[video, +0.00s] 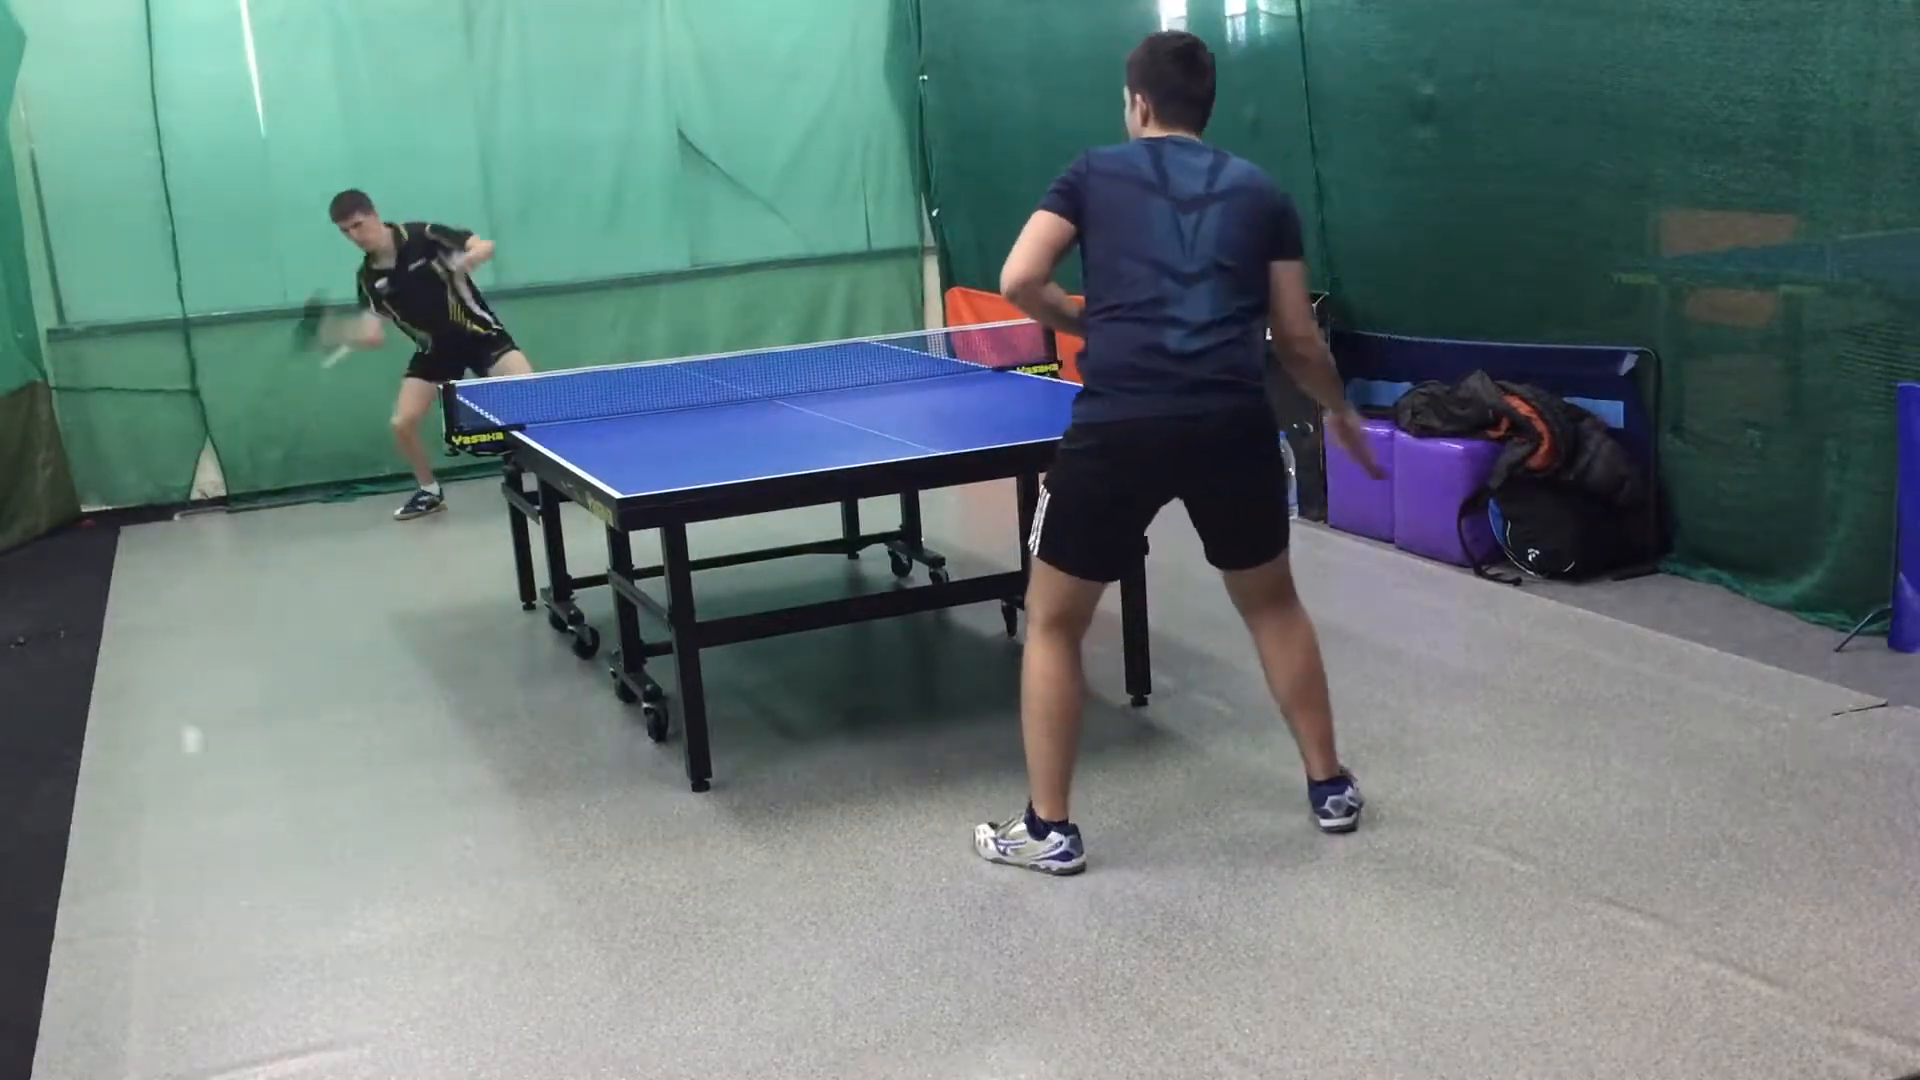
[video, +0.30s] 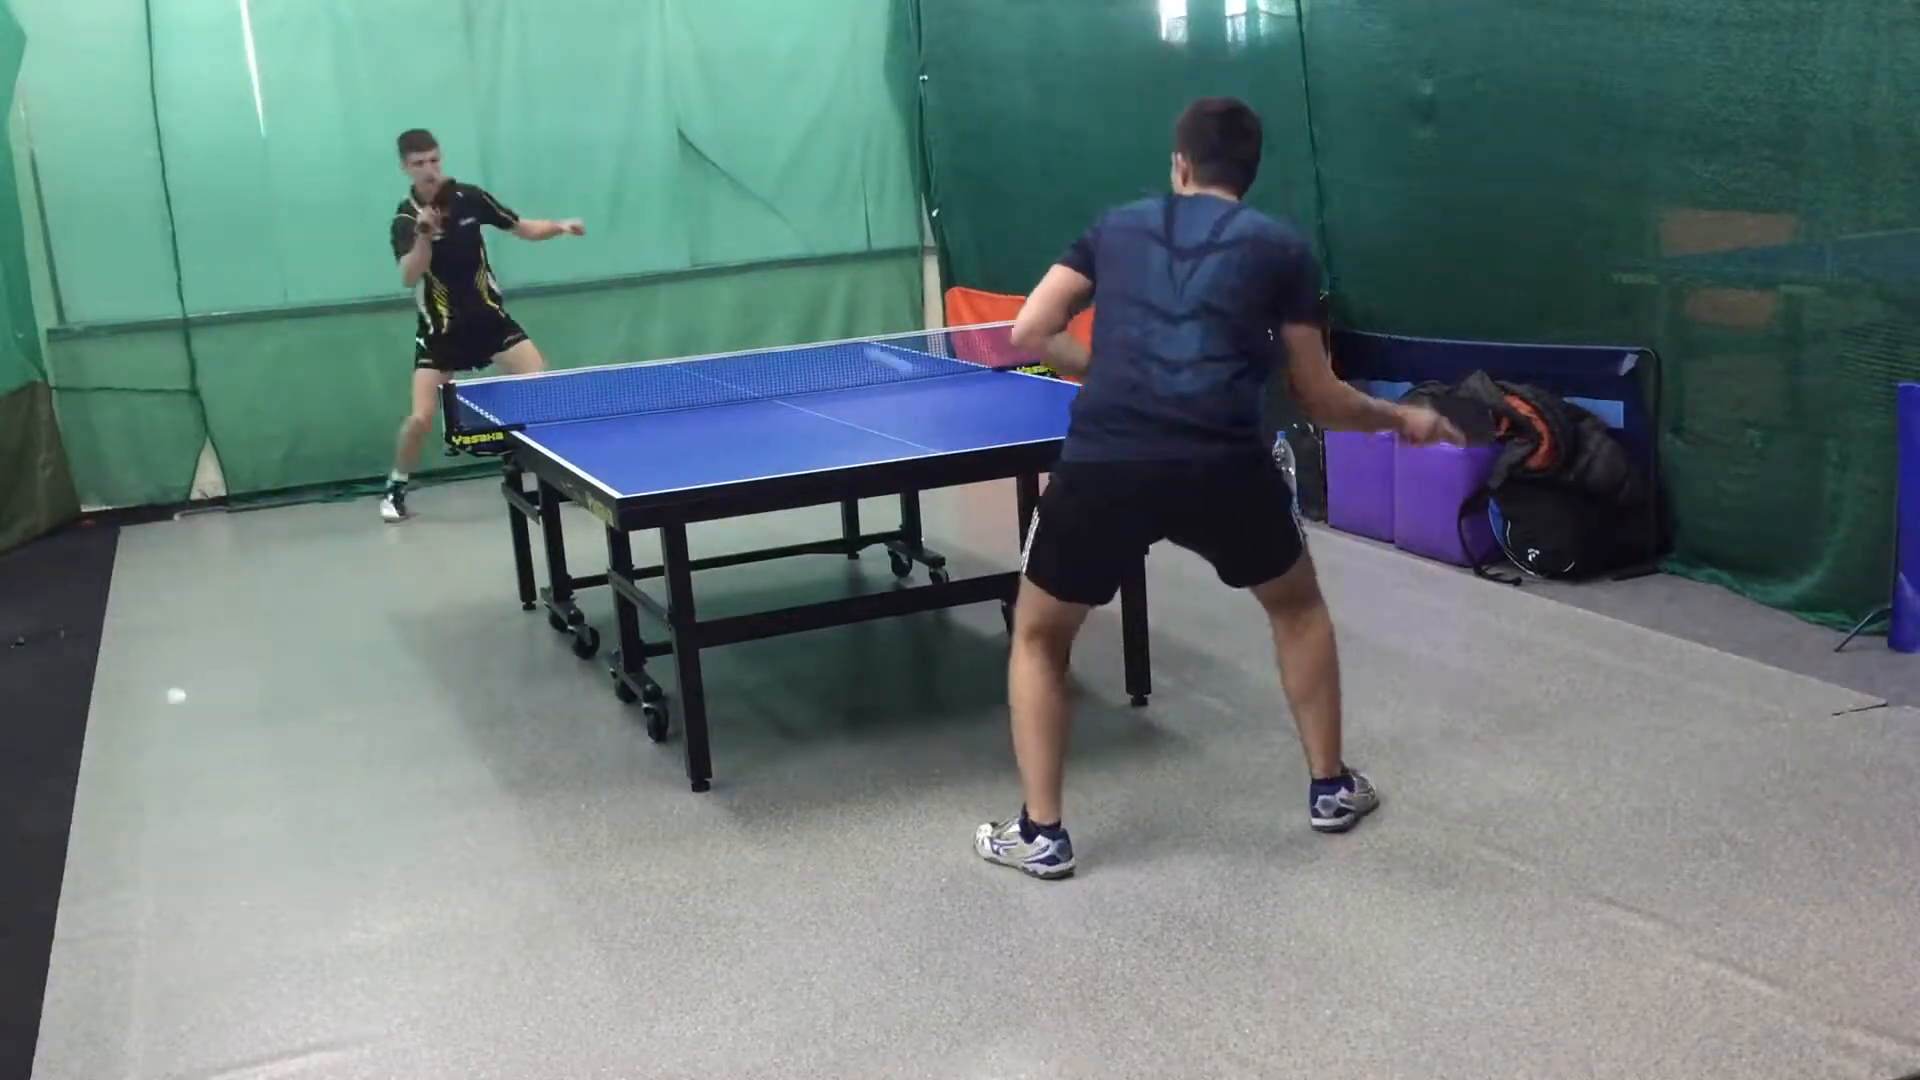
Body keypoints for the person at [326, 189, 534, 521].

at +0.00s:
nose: (355, 236)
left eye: (357, 226)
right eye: (347, 231)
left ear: (374, 215)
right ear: (344, 233)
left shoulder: (420, 235)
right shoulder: (367, 277)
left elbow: (484, 246)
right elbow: (375, 334)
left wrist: (466, 260)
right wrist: (349, 334)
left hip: (480, 334)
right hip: (434, 348)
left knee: (530, 393)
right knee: (403, 423)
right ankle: (429, 490)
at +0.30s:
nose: (430, 170)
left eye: (434, 161)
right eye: (420, 164)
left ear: (442, 159)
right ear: (406, 168)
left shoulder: (469, 198)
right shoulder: (406, 219)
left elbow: (523, 228)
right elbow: (410, 275)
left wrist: (559, 227)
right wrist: (425, 236)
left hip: (488, 317)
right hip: (439, 328)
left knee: (540, 385)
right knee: (421, 420)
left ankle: (518, 469)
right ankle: (397, 489)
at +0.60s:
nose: (422, 176)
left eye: (426, 167)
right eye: (413, 170)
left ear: (434, 164)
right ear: (398, 173)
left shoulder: (465, 204)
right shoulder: (395, 225)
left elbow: (512, 253)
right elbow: (390, 292)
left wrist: (541, 287)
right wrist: (416, 287)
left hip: (486, 312)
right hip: (437, 320)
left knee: (532, 384)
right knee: (403, 407)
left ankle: (540, 476)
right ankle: (409, 495)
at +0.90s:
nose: (372, 236)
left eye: (376, 226)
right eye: (363, 230)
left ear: (387, 218)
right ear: (352, 229)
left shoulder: (415, 255)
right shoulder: (375, 269)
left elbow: (422, 322)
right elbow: (384, 339)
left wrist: (378, 356)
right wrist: (343, 385)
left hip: (487, 337)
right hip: (441, 342)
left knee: (523, 396)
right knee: (392, 413)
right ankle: (410, 497)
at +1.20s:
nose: (421, 199)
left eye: (425, 188)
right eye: (413, 194)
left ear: (441, 181)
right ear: (409, 197)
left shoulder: (488, 211)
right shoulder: (423, 248)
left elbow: (555, 232)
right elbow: (434, 304)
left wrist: (543, 231)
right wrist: (430, 304)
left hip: (527, 328)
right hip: (478, 343)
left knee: (569, 384)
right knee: (446, 425)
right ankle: (425, 496)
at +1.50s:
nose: (499, 190)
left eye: (504, 181)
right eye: (489, 184)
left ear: (511, 180)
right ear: (474, 188)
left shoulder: (535, 219)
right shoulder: (473, 238)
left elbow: (592, 252)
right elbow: (484, 300)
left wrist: (630, 251)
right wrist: (526, 262)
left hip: (545, 337)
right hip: (499, 350)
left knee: (593, 372)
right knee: (472, 438)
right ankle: (438, 501)